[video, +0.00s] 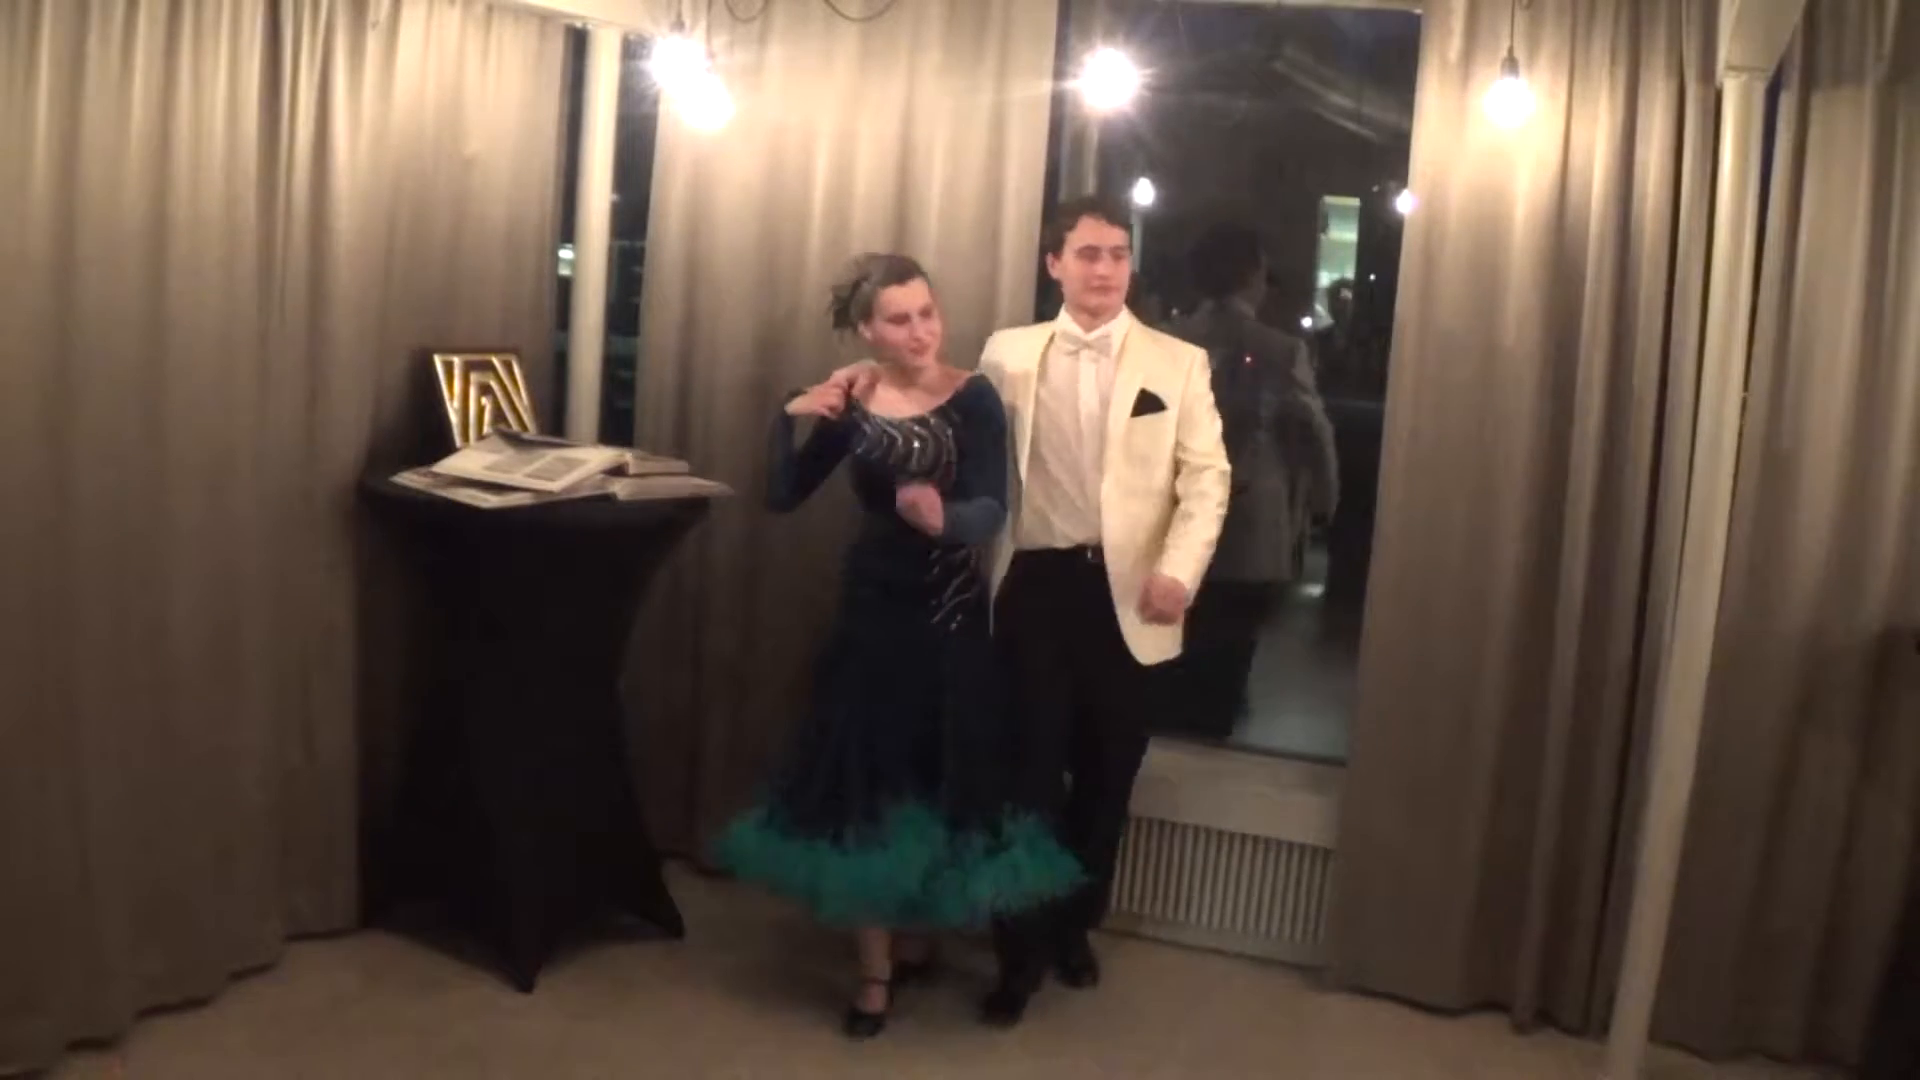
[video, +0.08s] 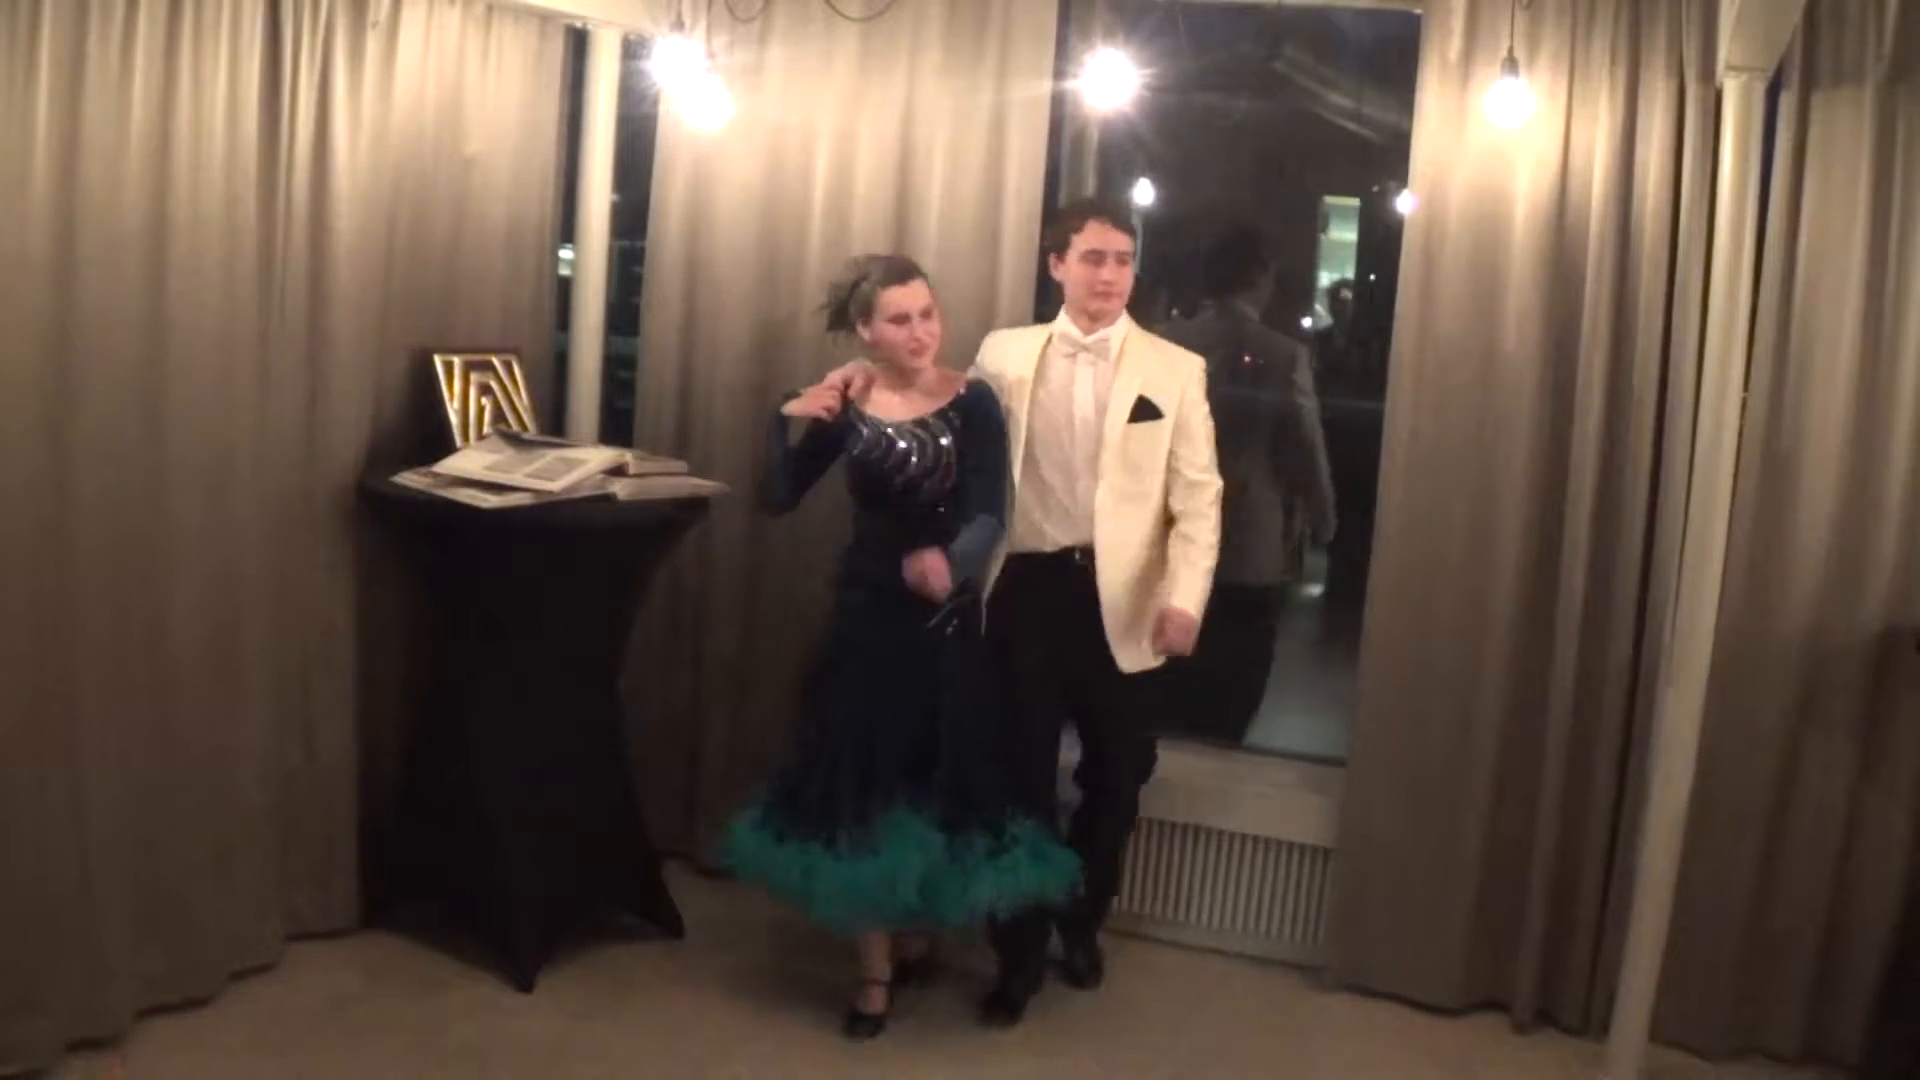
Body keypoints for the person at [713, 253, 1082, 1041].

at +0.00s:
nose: (918, 330)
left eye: (926, 313)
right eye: (899, 320)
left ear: (940, 311)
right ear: (866, 332)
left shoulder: (974, 397)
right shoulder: (852, 402)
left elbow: (992, 509)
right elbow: (785, 493)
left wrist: (946, 519)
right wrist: (796, 420)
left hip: (954, 604)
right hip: (876, 598)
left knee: (934, 757)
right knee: (866, 759)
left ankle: (916, 922)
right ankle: (872, 956)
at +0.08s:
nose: (919, 332)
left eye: (926, 314)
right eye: (900, 321)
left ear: (940, 314)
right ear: (864, 333)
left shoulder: (973, 401)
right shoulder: (848, 403)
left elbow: (988, 510)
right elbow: (781, 494)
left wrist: (956, 561)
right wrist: (792, 423)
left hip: (947, 607)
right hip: (869, 601)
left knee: (932, 761)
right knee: (862, 765)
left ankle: (915, 921)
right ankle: (872, 955)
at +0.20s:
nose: (922, 336)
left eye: (930, 320)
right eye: (903, 325)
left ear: (943, 325)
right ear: (866, 336)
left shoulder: (971, 415)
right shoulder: (845, 408)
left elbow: (982, 529)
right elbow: (770, 495)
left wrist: (973, 625)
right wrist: (791, 423)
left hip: (941, 618)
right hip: (862, 611)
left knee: (935, 770)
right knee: (865, 777)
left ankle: (923, 920)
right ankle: (874, 955)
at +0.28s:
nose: (926, 334)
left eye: (933, 319)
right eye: (907, 322)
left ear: (947, 324)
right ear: (867, 332)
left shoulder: (973, 416)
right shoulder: (842, 409)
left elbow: (987, 532)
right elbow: (759, 495)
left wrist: (1001, 632)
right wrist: (792, 418)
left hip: (946, 620)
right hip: (862, 616)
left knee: (927, 778)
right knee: (864, 781)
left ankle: (912, 943)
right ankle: (874, 960)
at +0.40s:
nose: (933, 323)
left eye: (940, 309)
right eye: (915, 309)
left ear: (948, 317)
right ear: (869, 317)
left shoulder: (968, 407)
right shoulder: (837, 393)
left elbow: (991, 525)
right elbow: (747, 479)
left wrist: (1055, 607)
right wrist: (788, 400)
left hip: (933, 617)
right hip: (850, 611)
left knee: (917, 793)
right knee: (848, 785)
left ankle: (883, 985)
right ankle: (878, 954)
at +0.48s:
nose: (938, 321)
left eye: (945, 308)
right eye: (921, 307)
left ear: (951, 316)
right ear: (871, 314)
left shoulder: (964, 407)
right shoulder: (833, 393)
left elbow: (999, 528)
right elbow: (737, 470)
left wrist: (1086, 577)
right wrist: (789, 392)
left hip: (929, 620)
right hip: (846, 616)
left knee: (906, 796)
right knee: (848, 786)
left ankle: (873, 986)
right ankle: (889, 950)